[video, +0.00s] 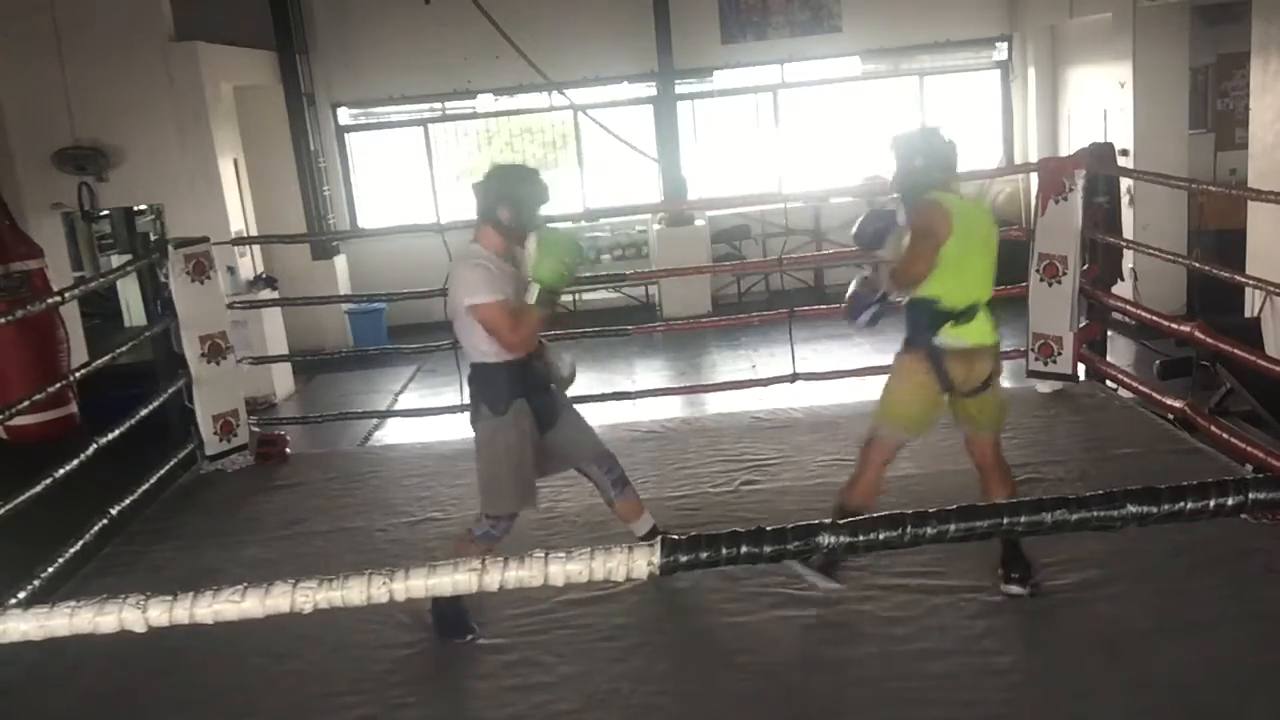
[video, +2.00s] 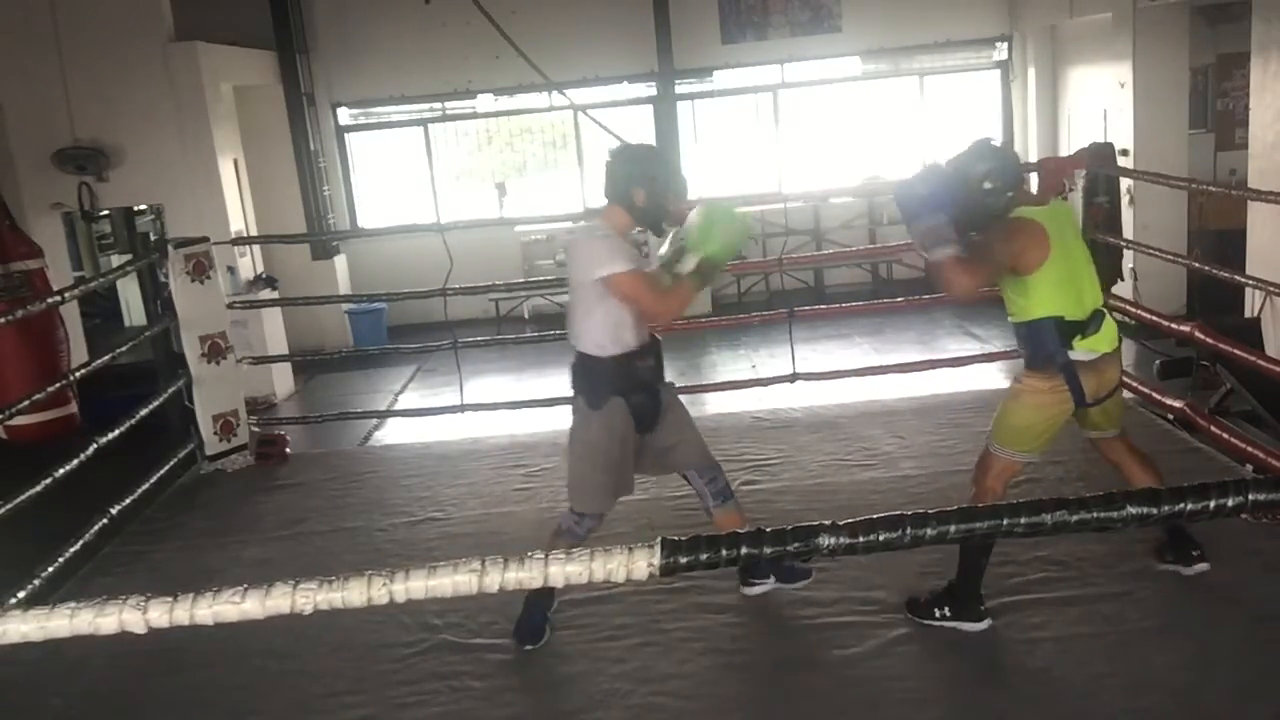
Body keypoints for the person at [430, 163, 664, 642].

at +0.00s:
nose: (535, 222)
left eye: (535, 212)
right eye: (529, 212)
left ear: (504, 212)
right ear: (502, 211)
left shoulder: (511, 260)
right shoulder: (472, 272)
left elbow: (519, 325)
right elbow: (517, 341)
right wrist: (548, 287)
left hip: (535, 386)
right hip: (499, 398)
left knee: (603, 466)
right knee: (499, 516)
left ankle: (657, 548)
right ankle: (446, 589)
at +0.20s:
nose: (573, 209)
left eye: (573, 197)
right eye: (566, 199)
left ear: (535, 202)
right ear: (538, 202)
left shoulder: (549, 254)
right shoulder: (494, 262)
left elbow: (548, 321)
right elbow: (521, 339)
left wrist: (586, 330)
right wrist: (571, 306)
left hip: (546, 385)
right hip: (503, 393)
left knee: (601, 471)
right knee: (494, 503)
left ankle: (655, 556)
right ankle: (449, 595)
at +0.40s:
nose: (630, 218)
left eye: (632, 209)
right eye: (626, 208)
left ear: (596, 207)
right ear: (597, 205)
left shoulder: (604, 256)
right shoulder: (549, 254)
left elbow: (607, 322)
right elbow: (572, 335)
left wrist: (660, 318)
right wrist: (626, 303)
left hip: (582, 381)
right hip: (536, 386)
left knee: (648, 468)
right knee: (521, 506)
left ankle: (675, 563)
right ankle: (458, 588)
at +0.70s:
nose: (614, 200)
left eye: (616, 189)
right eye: (606, 189)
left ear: (590, 189)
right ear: (575, 188)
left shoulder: (600, 242)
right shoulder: (538, 244)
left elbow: (636, 297)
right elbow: (559, 320)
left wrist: (672, 260)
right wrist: (611, 280)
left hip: (591, 375)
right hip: (542, 382)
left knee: (638, 466)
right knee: (535, 495)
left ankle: (673, 560)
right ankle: (509, 587)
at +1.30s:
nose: (647, 226)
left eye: (649, 215)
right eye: (637, 217)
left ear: (648, 212)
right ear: (603, 218)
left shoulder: (641, 252)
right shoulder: (555, 266)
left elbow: (684, 308)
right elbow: (572, 349)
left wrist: (697, 269)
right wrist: (632, 319)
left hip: (631, 393)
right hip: (574, 399)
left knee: (696, 482)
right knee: (541, 513)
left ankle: (721, 584)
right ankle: (509, 592)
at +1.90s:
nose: (650, 206)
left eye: (652, 195)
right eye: (644, 194)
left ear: (614, 193)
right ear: (616, 192)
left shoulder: (612, 246)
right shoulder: (577, 252)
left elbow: (632, 310)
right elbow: (622, 329)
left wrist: (670, 263)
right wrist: (675, 283)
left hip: (638, 381)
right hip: (592, 391)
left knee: (706, 469)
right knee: (576, 509)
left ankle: (740, 567)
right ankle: (538, 603)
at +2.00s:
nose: (673, 204)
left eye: (673, 194)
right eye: (667, 193)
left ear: (634, 193)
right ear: (637, 192)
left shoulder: (631, 241)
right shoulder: (595, 244)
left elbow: (649, 302)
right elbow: (659, 311)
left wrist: (683, 254)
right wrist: (705, 268)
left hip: (646, 381)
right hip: (604, 389)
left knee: (707, 475)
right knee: (586, 513)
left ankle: (753, 562)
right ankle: (541, 595)